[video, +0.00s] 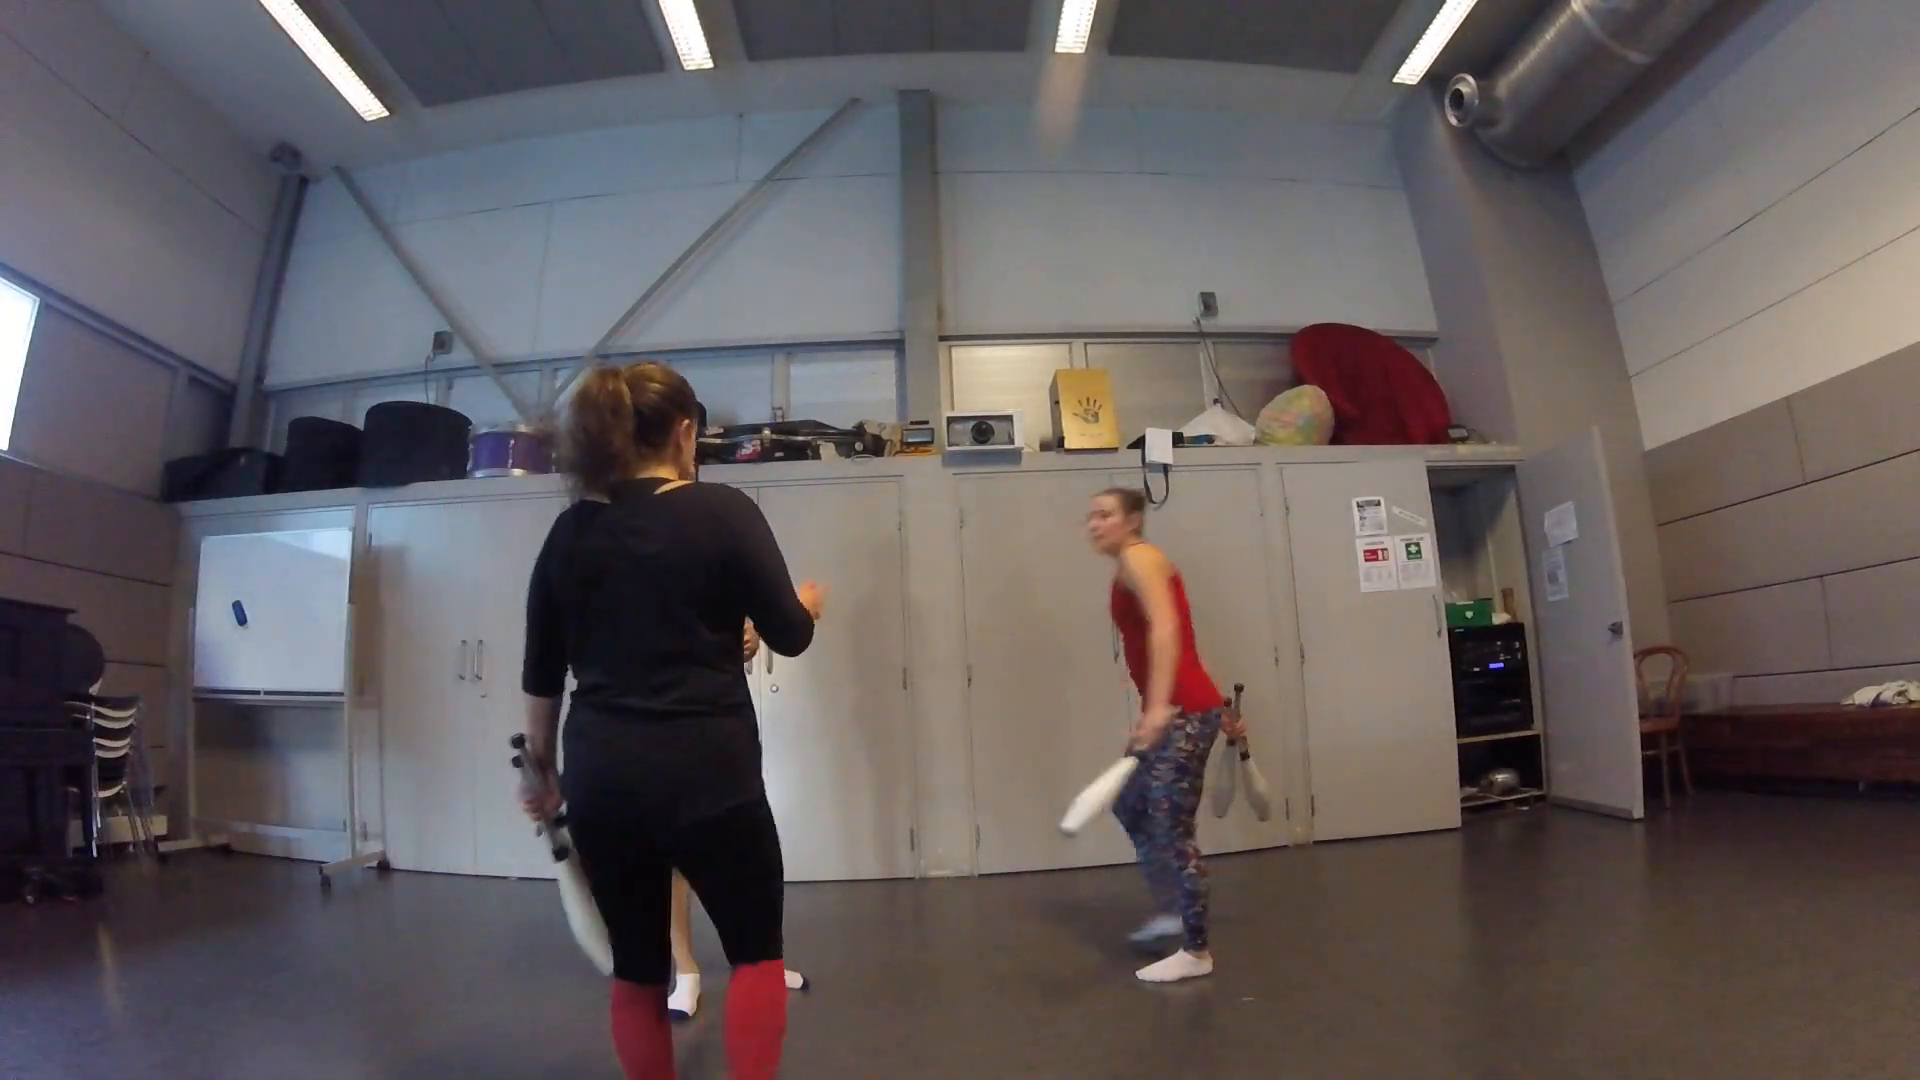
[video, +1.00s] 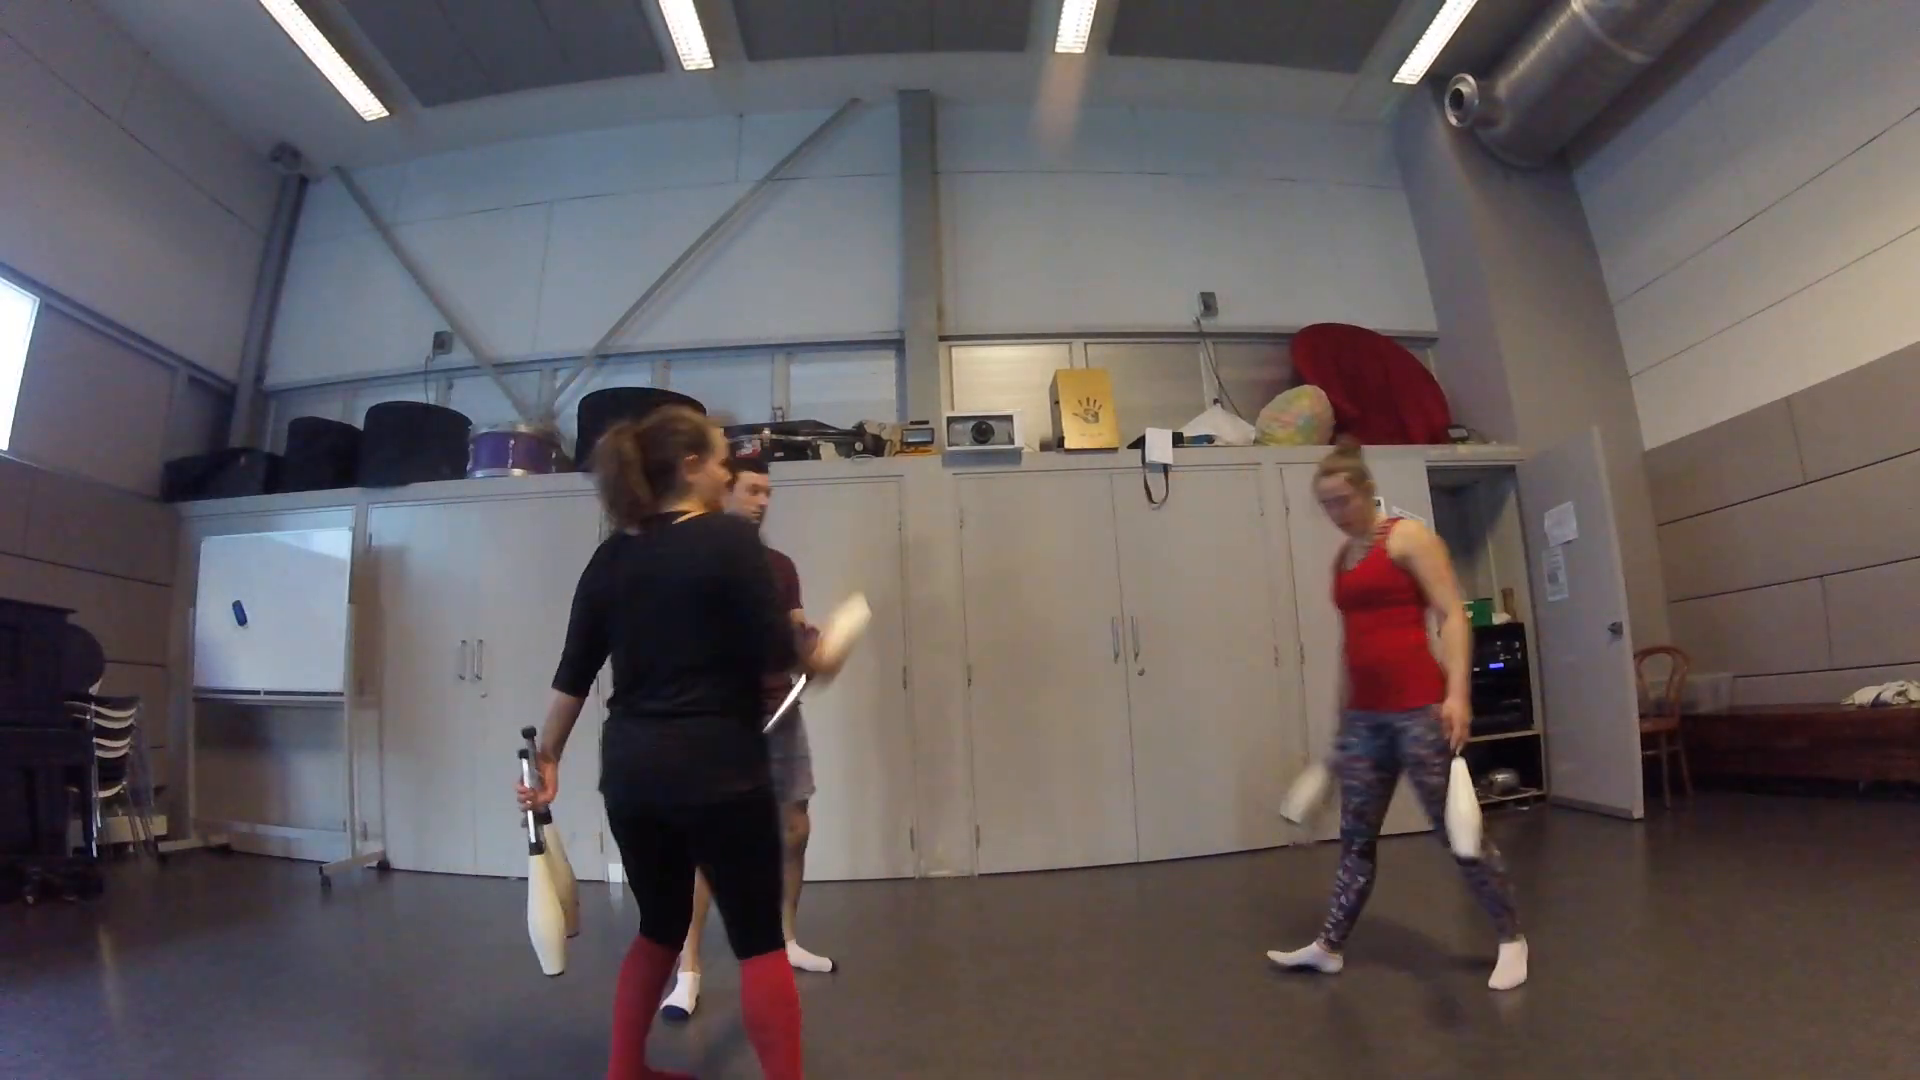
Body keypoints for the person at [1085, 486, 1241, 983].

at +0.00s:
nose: (1092, 524)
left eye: (1103, 516)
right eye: (1091, 517)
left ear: (1131, 521)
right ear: (1113, 525)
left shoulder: (1141, 559)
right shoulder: (1137, 564)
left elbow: (1165, 630)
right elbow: (1180, 642)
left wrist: (1157, 707)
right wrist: (1220, 708)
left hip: (1187, 716)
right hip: (1175, 716)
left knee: (1171, 827)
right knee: (1130, 803)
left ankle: (1197, 949)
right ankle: (1176, 907)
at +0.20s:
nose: (1146, 530)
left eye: (1152, 519)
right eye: (1142, 520)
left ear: (1179, 513)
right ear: (1153, 519)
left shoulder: (1200, 559)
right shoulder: (1180, 561)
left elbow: (1228, 636)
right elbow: (1196, 639)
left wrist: (1235, 709)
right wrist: (1189, 709)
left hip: (1209, 722)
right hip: (1188, 720)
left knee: (1210, 830)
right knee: (1179, 819)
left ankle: (1197, 949)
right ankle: (1265, 899)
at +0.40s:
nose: (1191, 541)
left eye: (1195, 530)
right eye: (1186, 533)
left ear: (1220, 520)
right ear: (1188, 530)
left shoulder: (1258, 565)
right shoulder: (1214, 573)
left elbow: (1301, 638)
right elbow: (1214, 654)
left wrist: (1320, 716)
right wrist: (1193, 718)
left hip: (1270, 718)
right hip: (1244, 719)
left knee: (1232, 837)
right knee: (1255, 836)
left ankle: (1200, 950)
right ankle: (1316, 942)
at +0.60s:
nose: (1235, 534)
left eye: (1239, 522)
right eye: (1226, 527)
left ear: (1261, 508)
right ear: (1220, 522)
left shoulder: (1302, 552)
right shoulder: (1249, 565)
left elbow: (1356, 624)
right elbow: (1246, 638)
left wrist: (1391, 701)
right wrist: (1207, 694)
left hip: (1317, 709)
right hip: (1283, 712)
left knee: (1292, 828)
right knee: (1291, 828)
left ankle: (1273, 961)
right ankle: (1320, 942)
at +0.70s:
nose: (1256, 522)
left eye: (1262, 510)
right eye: (1249, 514)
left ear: (1287, 499)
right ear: (1245, 513)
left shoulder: (1325, 546)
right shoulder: (1271, 555)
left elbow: (1375, 621)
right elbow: (1271, 632)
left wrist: (1409, 696)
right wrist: (1232, 694)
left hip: (1336, 705)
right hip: (1297, 710)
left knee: (1333, 825)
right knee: (1306, 830)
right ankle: (1323, 949)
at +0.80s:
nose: (1279, 517)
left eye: (1285, 505)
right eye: (1274, 508)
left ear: (1312, 495)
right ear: (1273, 505)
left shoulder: (1351, 544)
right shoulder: (1293, 552)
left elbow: (1395, 623)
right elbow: (1295, 636)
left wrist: (1424, 703)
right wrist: (1267, 700)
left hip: (1360, 703)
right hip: (1316, 708)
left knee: (1373, 824)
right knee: (1322, 831)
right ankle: (1326, 946)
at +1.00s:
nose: (1335, 512)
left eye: (1341, 499)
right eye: (1326, 503)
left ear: (1368, 491)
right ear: (1322, 505)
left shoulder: (1411, 538)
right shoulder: (1346, 556)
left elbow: (1453, 614)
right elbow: (1354, 644)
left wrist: (1457, 696)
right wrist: (1347, 718)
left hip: (1421, 711)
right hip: (1365, 716)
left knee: (1459, 827)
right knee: (1357, 836)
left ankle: (1511, 938)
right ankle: (1330, 944)